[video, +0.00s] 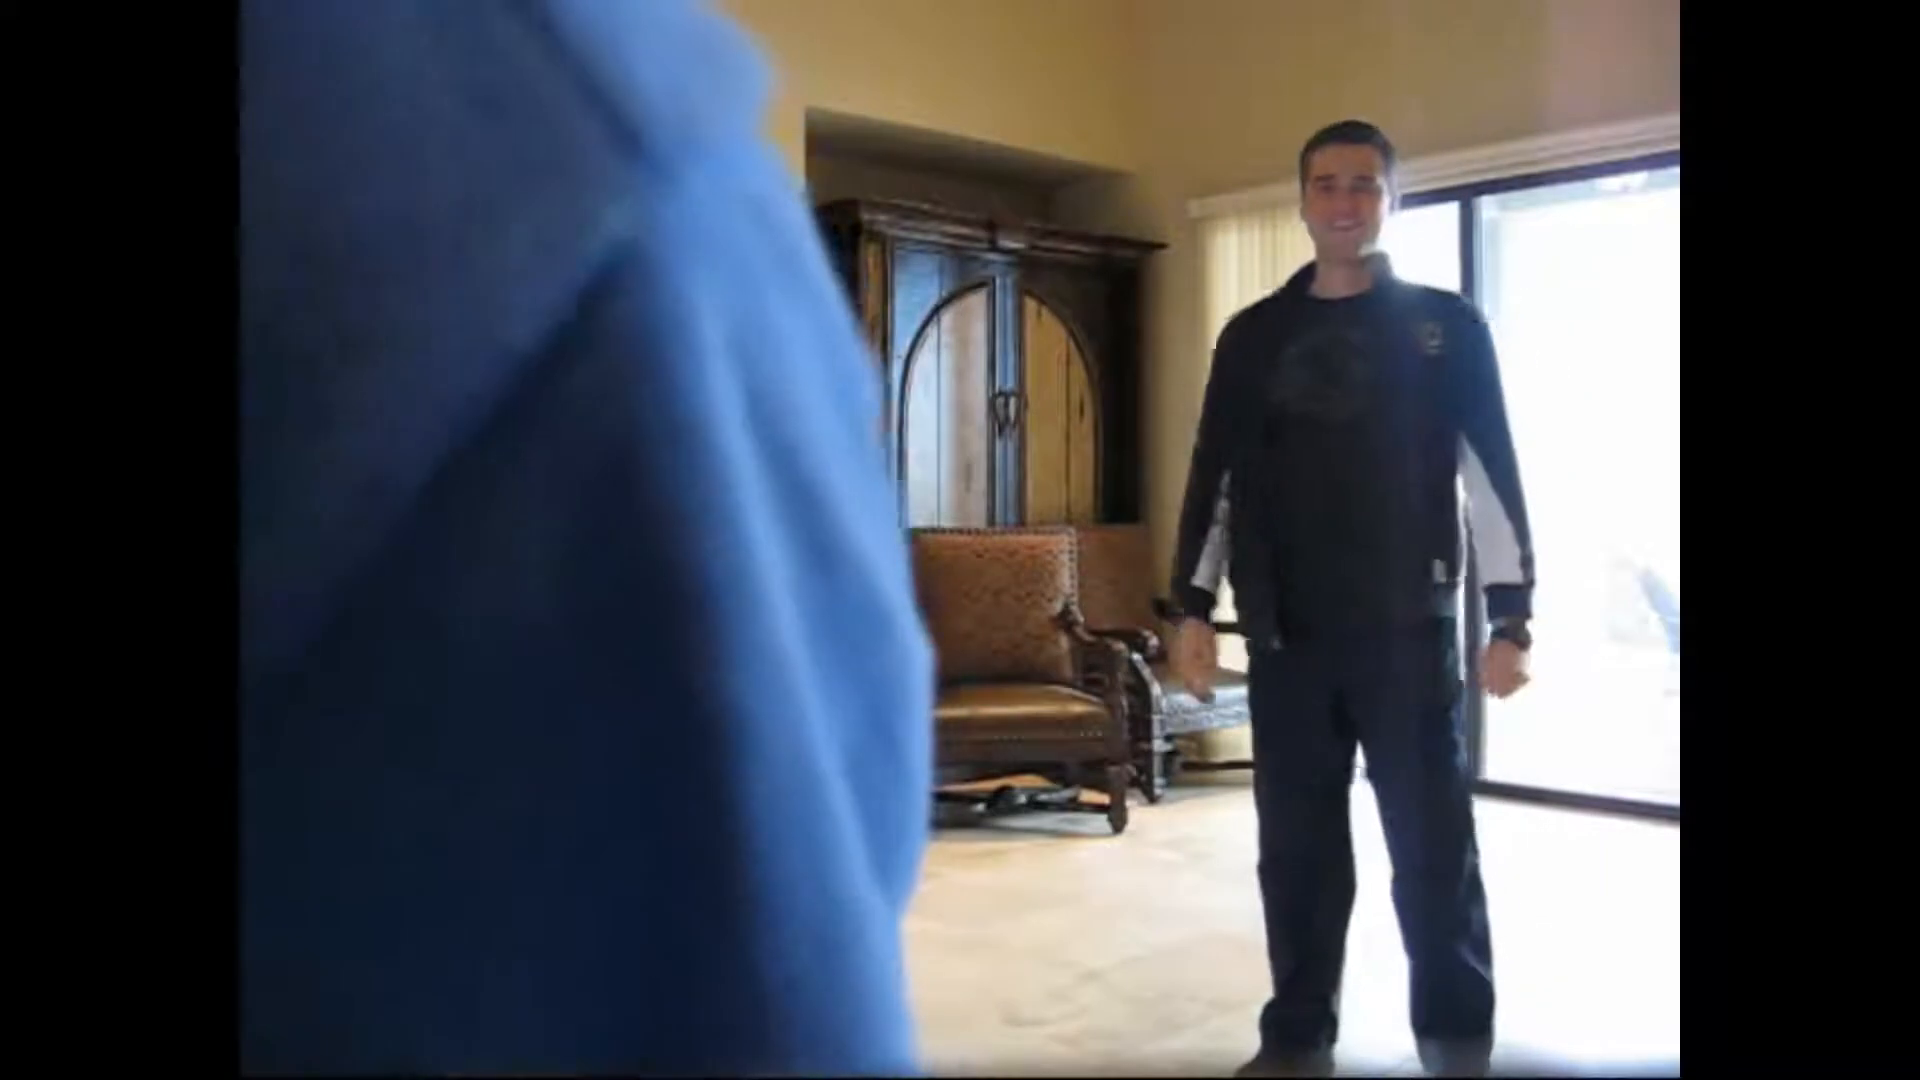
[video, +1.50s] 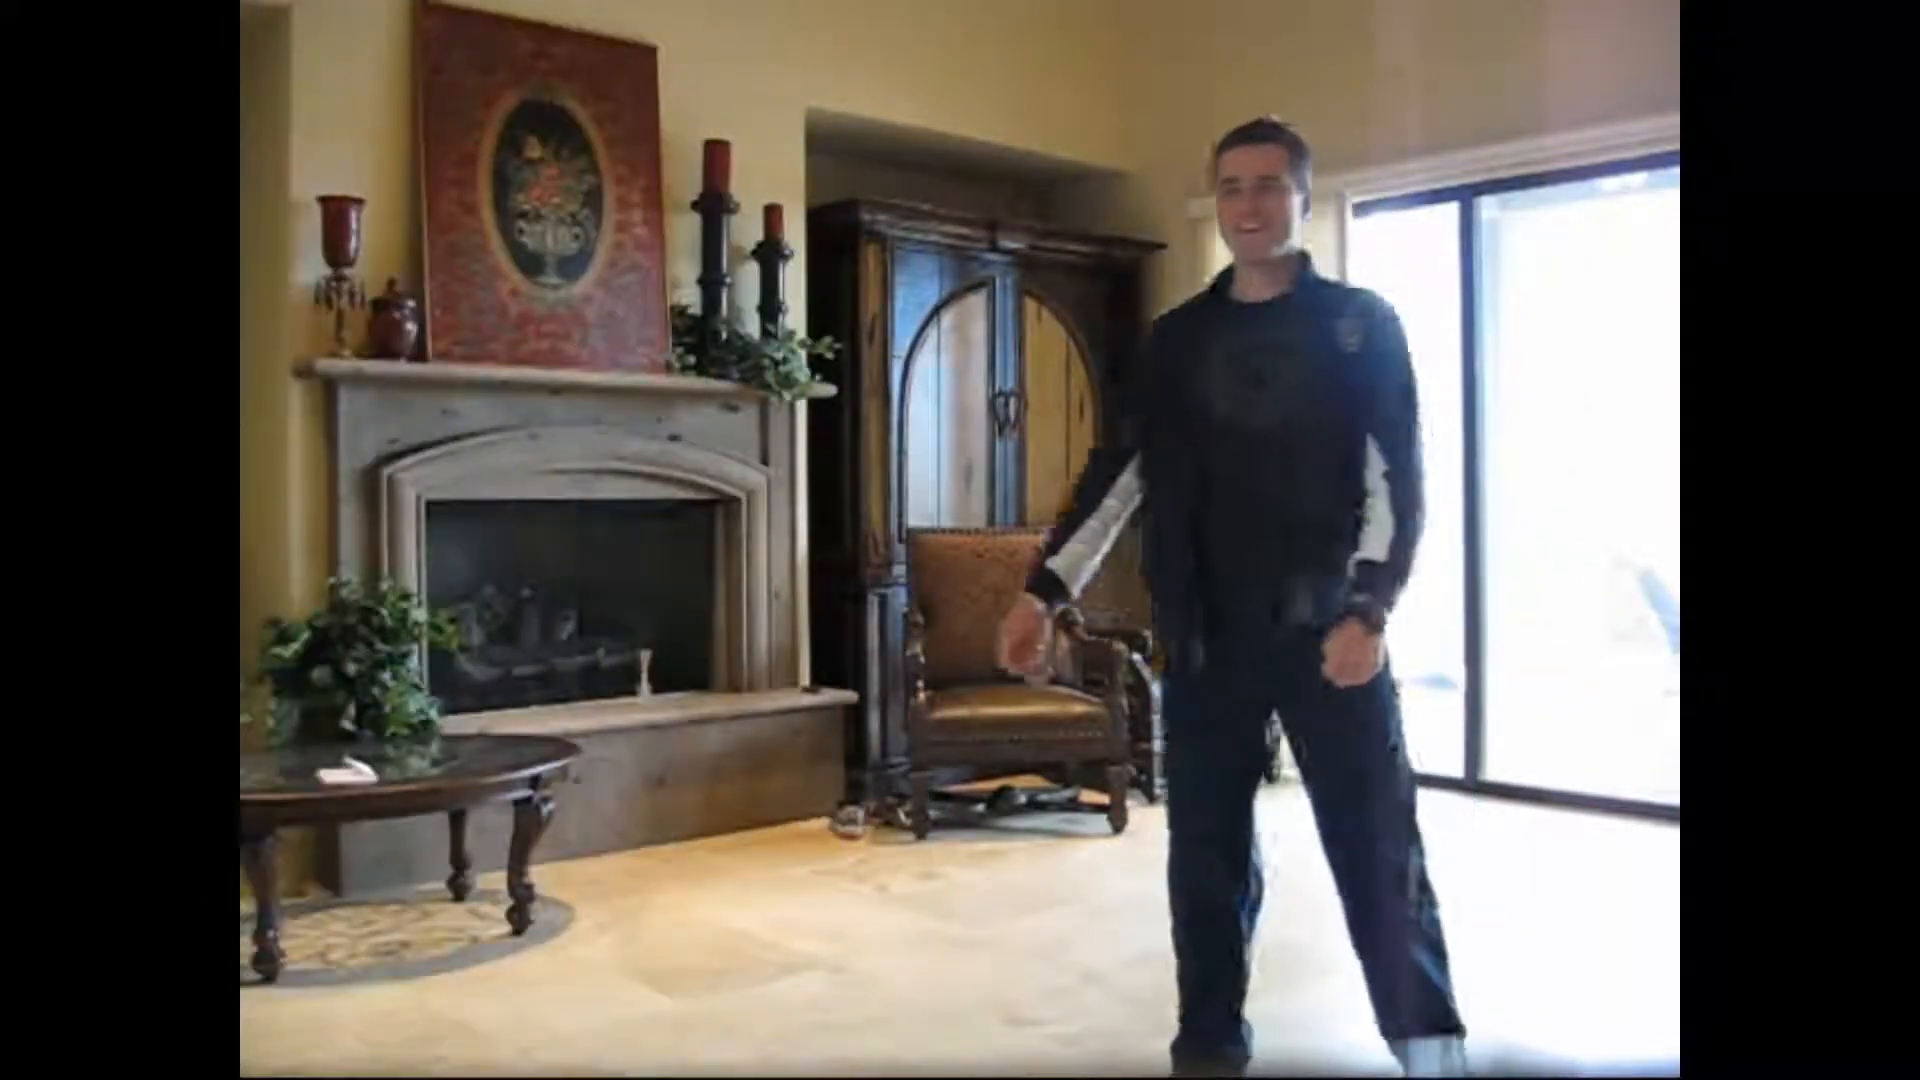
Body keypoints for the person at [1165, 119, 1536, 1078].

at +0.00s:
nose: (1343, 201)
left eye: (1362, 184)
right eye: (1326, 184)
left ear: (1390, 198)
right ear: (1301, 200)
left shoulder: (1445, 324)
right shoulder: (1250, 335)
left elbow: (1494, 477)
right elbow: (1210, 478)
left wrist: (1510, 619)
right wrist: (1187, 604)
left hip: (1411, 633)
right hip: (1287, 637)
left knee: (1434, 853)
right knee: (1295, 853)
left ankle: (1457, 1049)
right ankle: (1295, 1040)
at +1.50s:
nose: (1252, 204)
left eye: (1270, 185)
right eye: (1235, 188)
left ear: (1302, 198)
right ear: (1215, 205)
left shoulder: (1359, 323)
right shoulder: (1171, 342)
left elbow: (1399, 477)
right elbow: (1114, 479)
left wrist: (1371, 610)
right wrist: (1042, 593)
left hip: (1328, 633)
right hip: (1205, 640)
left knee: (1382, 864)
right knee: (1206, 864)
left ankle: (1432, 1056)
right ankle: (1208, 1054)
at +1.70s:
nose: (1210, 204)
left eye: (1229, 186)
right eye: (1191, 188)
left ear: (1261, 197)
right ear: (1170, 205)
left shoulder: (1325, 316)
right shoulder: (1138, 337)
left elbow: (1375, 471)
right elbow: (1044, 449)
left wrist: (1367, 616)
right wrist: (936, 525)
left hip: (1312, 629)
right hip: (1190, 634)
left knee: (1354, 862)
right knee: (1200, 866)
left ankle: (1403, 1052)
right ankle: (1206, 1056)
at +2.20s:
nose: (1151, 208)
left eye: (1170, 188)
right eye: (1140, 194)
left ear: (1223, 194)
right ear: (1133, 209)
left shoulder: (1307, 309)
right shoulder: (1112, 339)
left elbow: (1372, 457)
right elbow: (992, 406)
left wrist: (1406, 595)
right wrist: (863, 430)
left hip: (1303, 630)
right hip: (1183, 639)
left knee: (1339, 853)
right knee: (1197, 863)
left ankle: (1373, 1051)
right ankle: (1206, 1055)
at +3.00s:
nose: (1246, 240)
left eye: (1258, 216)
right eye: (1223, 220)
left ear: (1275, 207)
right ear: (1180, 215)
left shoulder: (1326, 315)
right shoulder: (1135, 334)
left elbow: (1404, 463)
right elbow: (1072, 481)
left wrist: (1345, 532)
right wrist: (1004, 519)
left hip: (1320, 637)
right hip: (1201, 642)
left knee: (1338, 859)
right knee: (1205, 865)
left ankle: (1343, 1059)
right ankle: (1208, 1055)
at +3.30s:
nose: (1295, 242)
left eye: (1310, 221)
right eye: (1273, 224)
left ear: (1332, 206)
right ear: (1237, 212)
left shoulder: (1387, 315)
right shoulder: (1181, 331)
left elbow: (1457, 447)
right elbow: (1133, 454)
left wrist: (1320, 439)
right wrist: (1109, 489)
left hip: (1348, 639)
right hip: (1224, 637)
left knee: (1340, 866)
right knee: (1215, 860)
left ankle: (1326, 1061)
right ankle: (1216, 1056)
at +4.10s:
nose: (1258, 175)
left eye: (1275, 154)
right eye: (1235, 164)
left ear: (1315, 170)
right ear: (1217, 194)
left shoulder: (1413, 298)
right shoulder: (1197, 332)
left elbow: (1493, 456)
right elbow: (1187, 490)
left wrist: (1481, 610)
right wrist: (1191, 480)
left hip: (1384, 635)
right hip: (1256, 638)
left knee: (1364, 866)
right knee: (1258, 863)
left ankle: (1339, 1060)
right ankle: (1250, 1059)